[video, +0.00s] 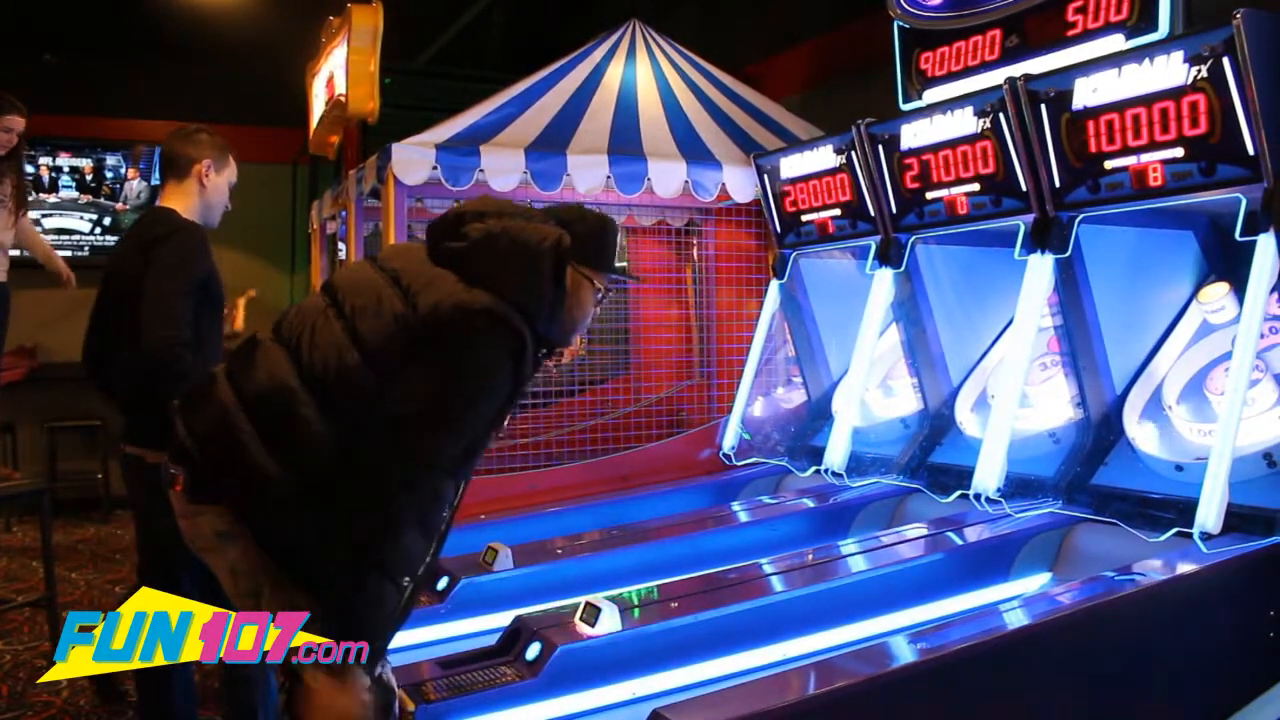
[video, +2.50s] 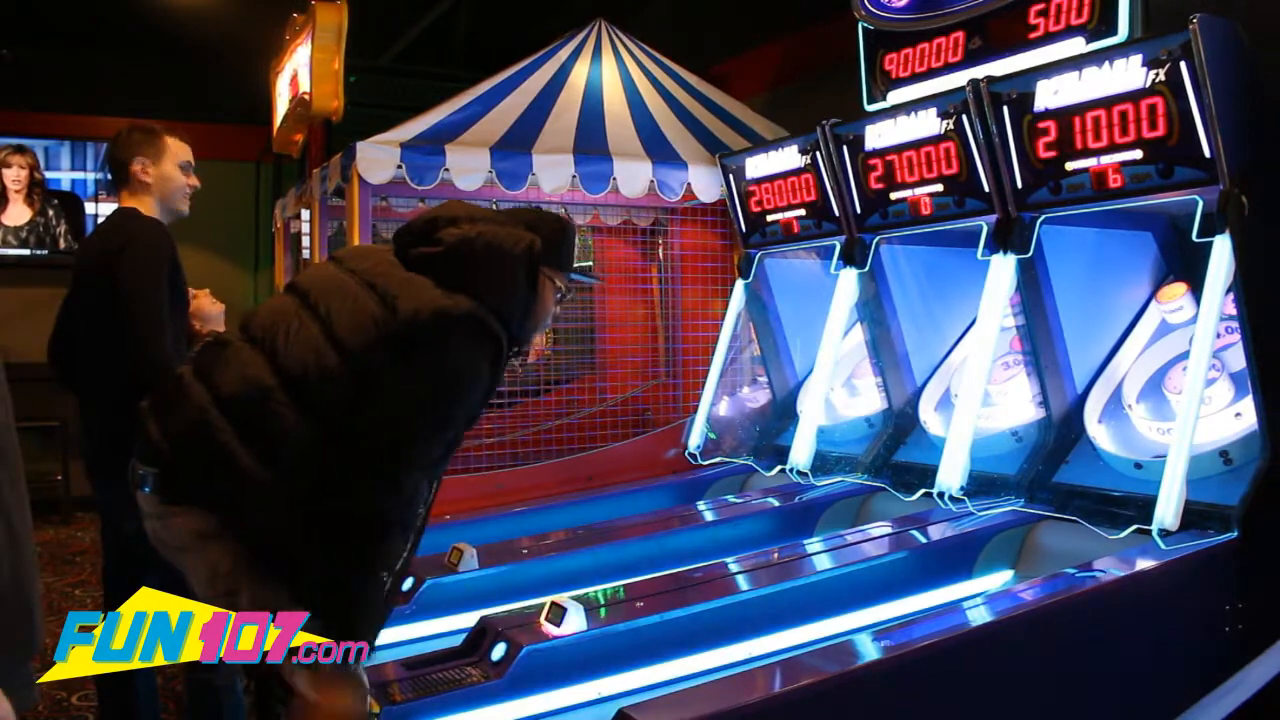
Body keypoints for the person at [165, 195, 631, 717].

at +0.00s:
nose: (596, 311)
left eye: (602, 294)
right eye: (596, 290)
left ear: (551, 264)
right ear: (561, 272)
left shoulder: (424, 265)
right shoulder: (489, 329)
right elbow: (415, 484)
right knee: (340, 686)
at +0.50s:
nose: (588, 303)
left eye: (592, 286)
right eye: (586, 284)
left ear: (493, 247)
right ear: (554, 277)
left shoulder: (396, 265)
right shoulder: (519, 342)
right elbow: (615, 460)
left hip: (209, 484)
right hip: (286, 530)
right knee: (364, 700)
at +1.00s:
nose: (588, 281)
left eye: (590, 265)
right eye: (583, 262)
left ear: (509, 246)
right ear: (543, 254)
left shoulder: (396, 267)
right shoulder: (494, 323)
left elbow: (277, 300)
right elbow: (512, 506)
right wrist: (580, 646)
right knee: (356, 700)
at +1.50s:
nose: (579, 305)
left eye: (583, 288)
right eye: (576, 285)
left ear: (505, 259)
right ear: (538, 276)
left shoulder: (389, 261)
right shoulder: (483, 353)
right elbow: (506, 533)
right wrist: (569, 684)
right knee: (326, 695)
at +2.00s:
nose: (552, 290)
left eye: (556, 273)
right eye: (551, 270)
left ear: (491, 249)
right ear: (514, 259)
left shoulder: (366, 264)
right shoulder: (455, 326)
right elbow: (463, 505)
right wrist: (556, 616)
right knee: (315, 699)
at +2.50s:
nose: (557, 311)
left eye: (562, 294)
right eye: (556, 290)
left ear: (489, 260)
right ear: (519, 273)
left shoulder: (376, 263)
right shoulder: (464, 330)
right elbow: (388, 486)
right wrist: (341, 641)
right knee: (334, 698)